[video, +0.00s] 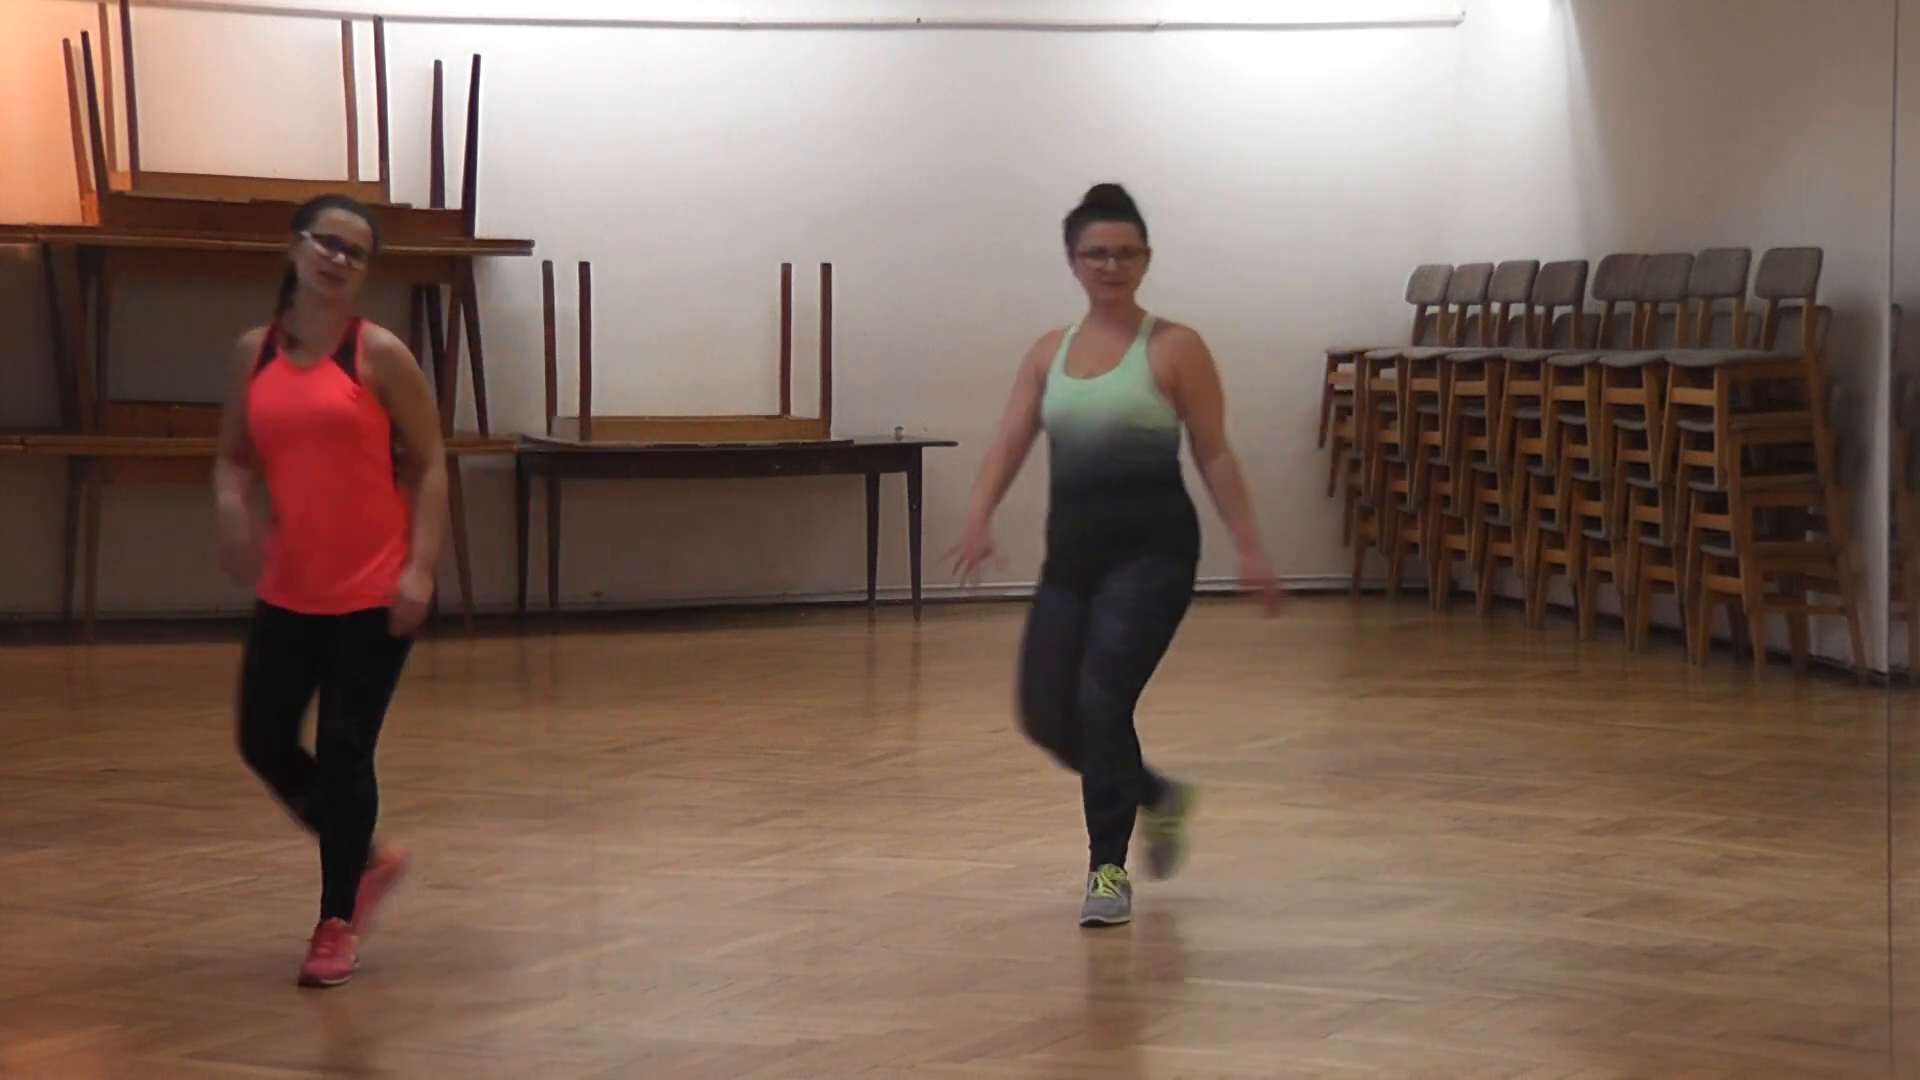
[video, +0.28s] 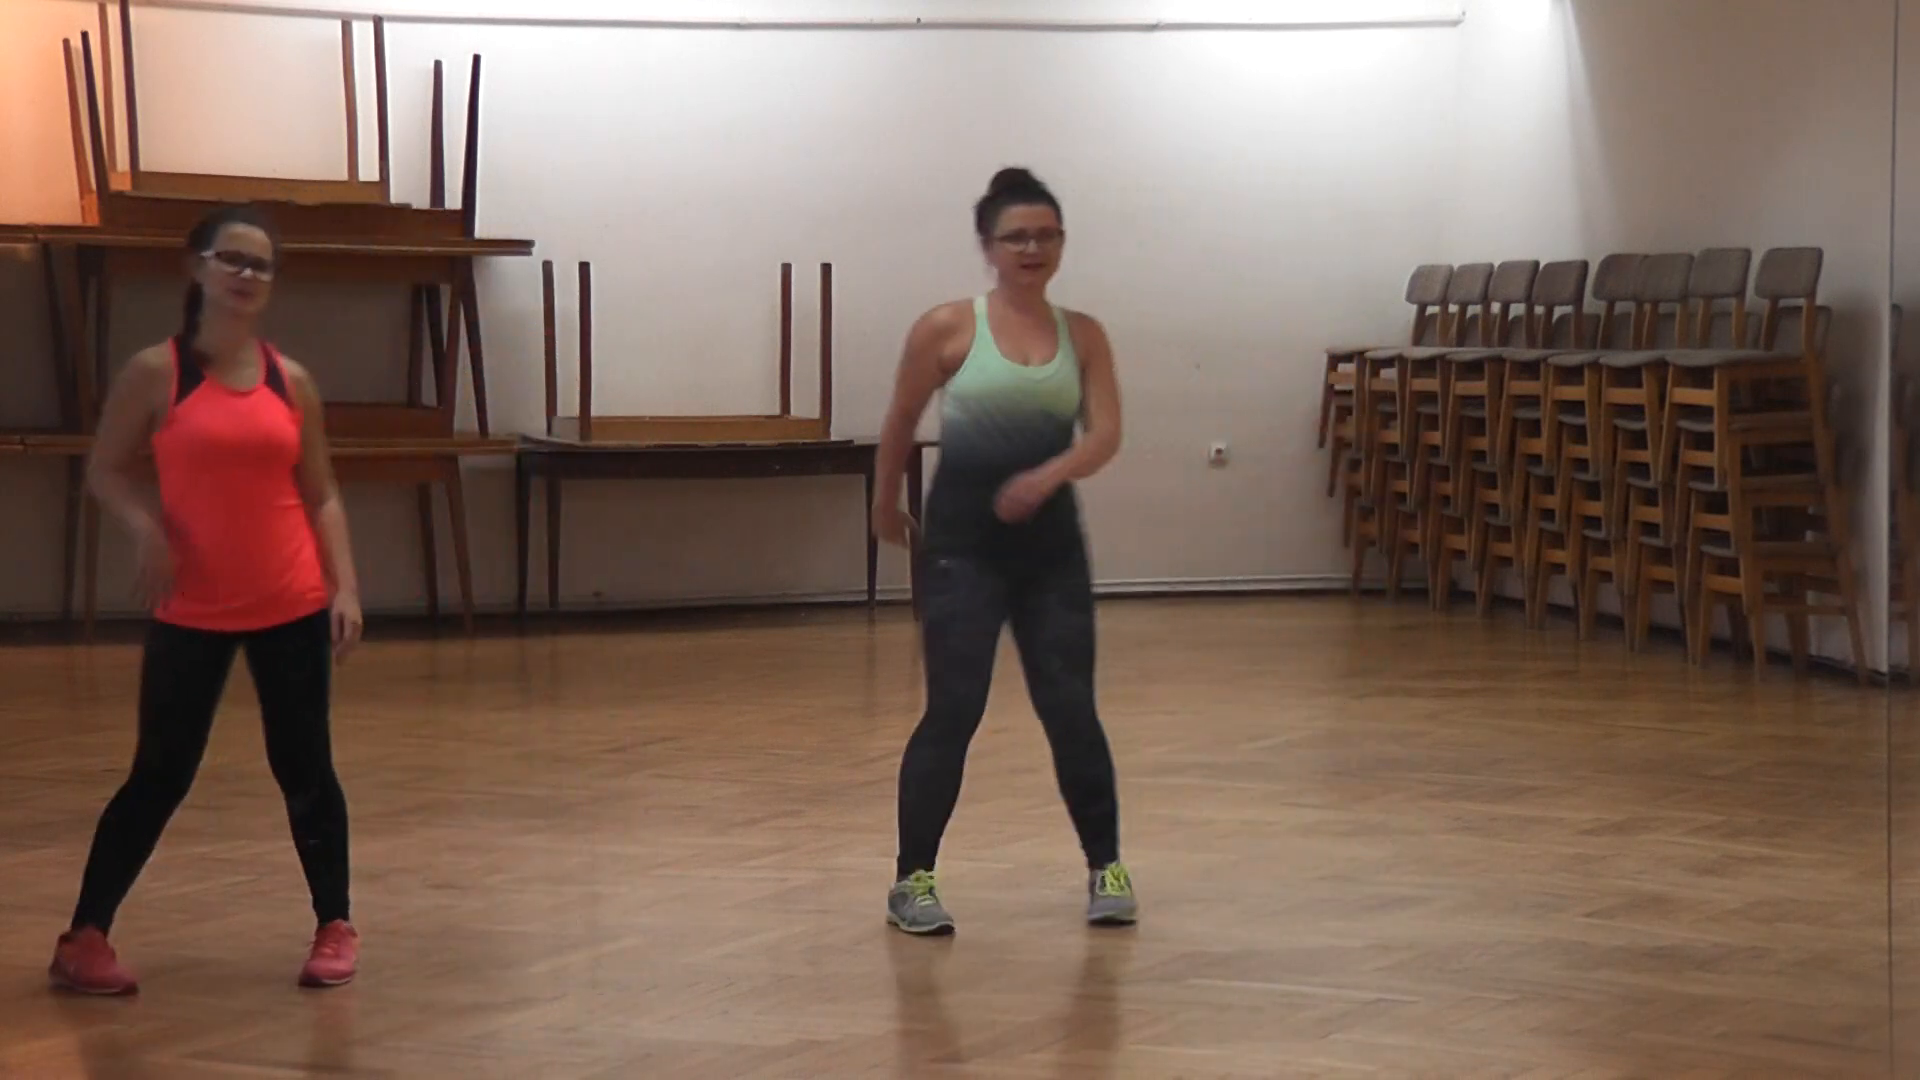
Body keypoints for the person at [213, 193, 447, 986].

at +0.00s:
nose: (340, 260)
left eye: (355, 254)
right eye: (328, 243)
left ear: (367, 273)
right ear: (294, 247)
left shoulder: (383, 355)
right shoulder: (258, 351)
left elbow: (432, 462)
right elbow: (234, 457)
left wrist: (421, 566)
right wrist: (234, 512)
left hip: (372, 592)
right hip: (288, 590)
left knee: (344, 753)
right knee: (263, 740)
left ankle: (336, 923)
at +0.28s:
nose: (248, 275)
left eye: (262, 266)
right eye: (234, 260)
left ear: (274, 281)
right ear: (197, 266)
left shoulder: (293, 382)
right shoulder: (155, 370)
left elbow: (322, 494)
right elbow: (105, 470)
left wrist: (345, 586)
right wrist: (147, 526)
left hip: (290, 604)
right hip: (191, 608)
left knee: (306, 768)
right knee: (161, 777)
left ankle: (335, 927)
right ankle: (85, 938)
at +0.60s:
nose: (182, 252)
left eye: (194, 240)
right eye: (166, 237)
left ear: (208, 250)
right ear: (130, 241)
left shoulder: (200, 338)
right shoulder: (108, 328)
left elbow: (195, 460)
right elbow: (111, 424)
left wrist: (226, 553)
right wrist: (222, 396)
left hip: (178, 577)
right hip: (98, 576)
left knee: (190, 732)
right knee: (97, 744)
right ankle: (72, 932)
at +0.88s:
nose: (179, 265)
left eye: (191, 251)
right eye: (162, 251)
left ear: (202, 255)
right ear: (122, 254)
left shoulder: (173, 342)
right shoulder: (114, 341)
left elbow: (164, 453)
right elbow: (213, 422)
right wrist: (307, 377)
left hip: (147, 583)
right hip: (92, 581)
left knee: (123, 739)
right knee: (110, 739)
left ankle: (51, 906)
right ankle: (18, 904)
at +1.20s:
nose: (244, 299)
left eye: (253, 285)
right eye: (226, 286)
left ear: (260, 289)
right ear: (185, 291)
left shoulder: (182, 376)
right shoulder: (209, 380)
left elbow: (115, 479)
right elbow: (316, 463)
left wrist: (71, 561)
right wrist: (427, 523)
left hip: (194, 617)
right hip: (147, 614)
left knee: (266, 739)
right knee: (71, 764)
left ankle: (244, 927)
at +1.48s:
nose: (349, 258)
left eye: (356, 243)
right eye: (330, 247)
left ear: (364, 250)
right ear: (289, 260)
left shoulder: (338, 341)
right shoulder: (295, 351)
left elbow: (313, 466)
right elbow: (243, 463)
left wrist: (358, 538)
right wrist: (213, 575)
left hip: (302, 580)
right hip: (291, 583)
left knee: (274, 743)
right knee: (379, 713)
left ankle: (245, 923)